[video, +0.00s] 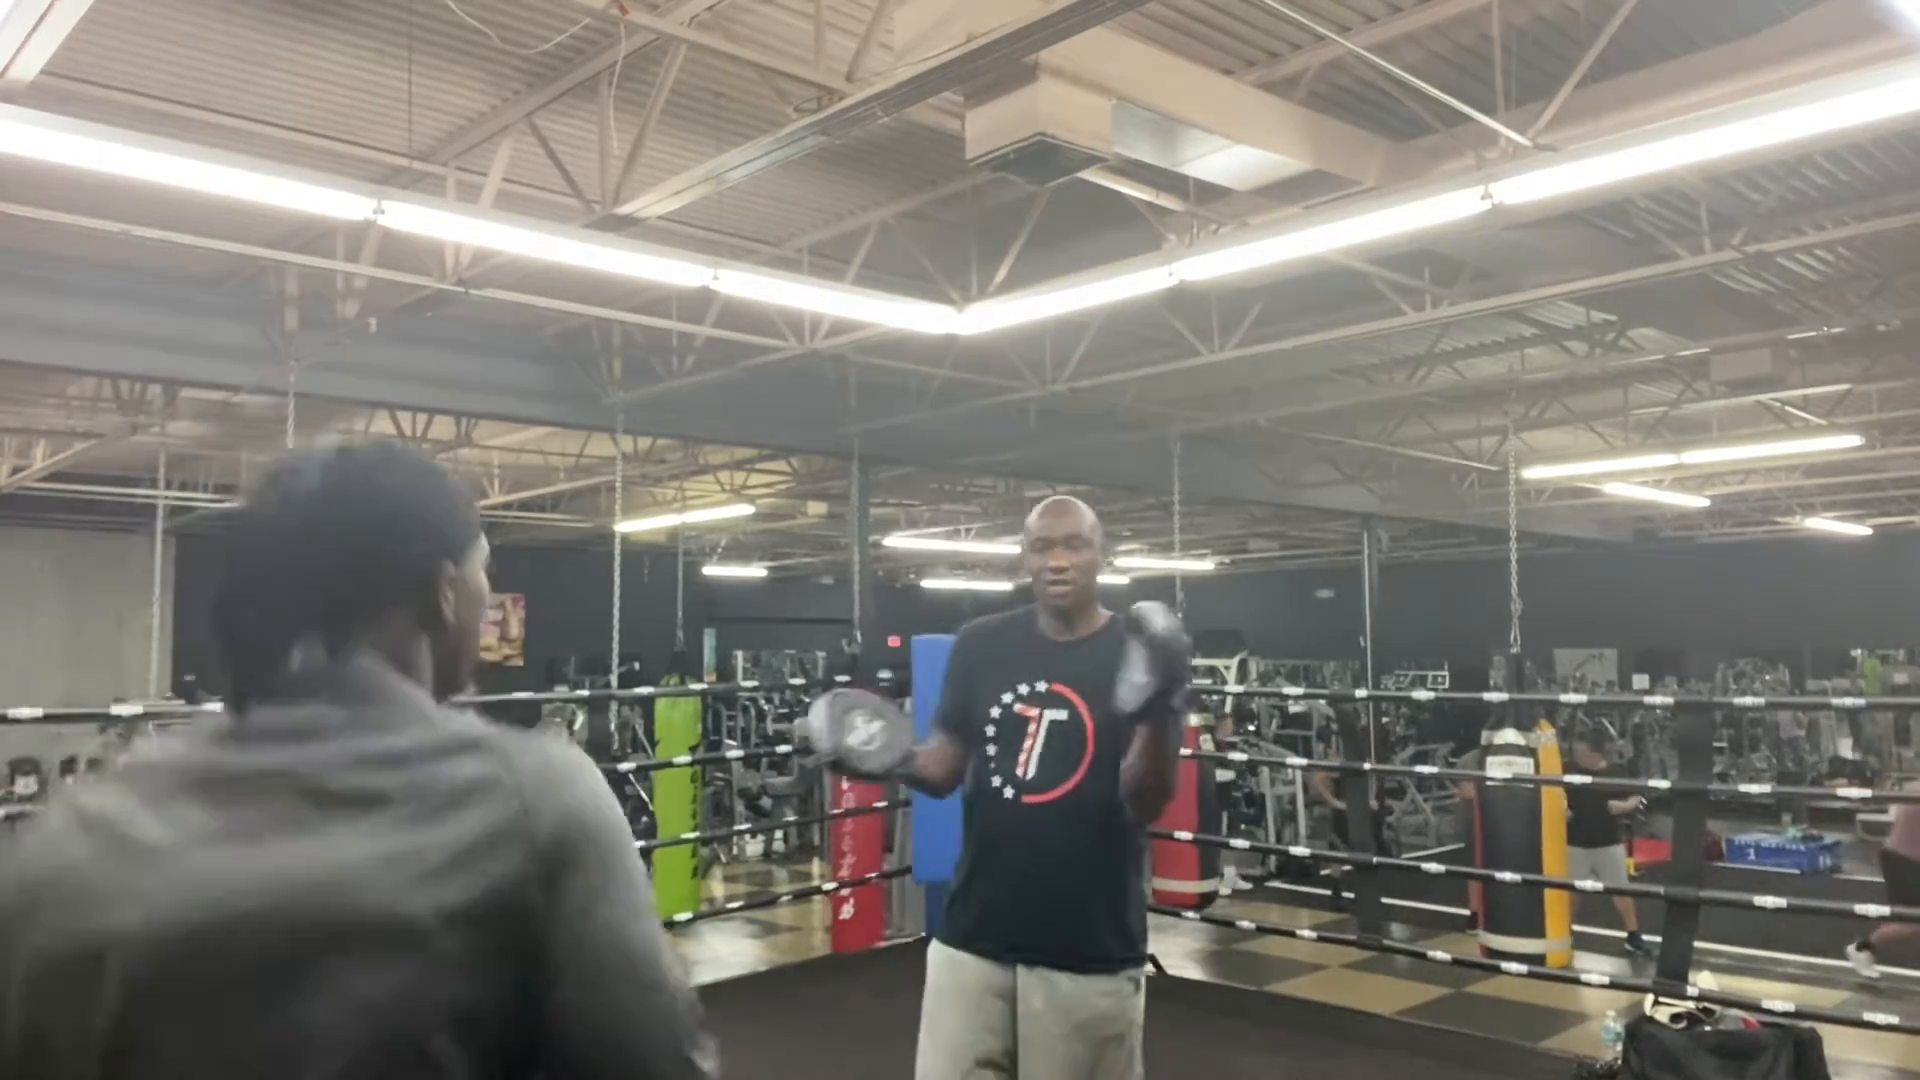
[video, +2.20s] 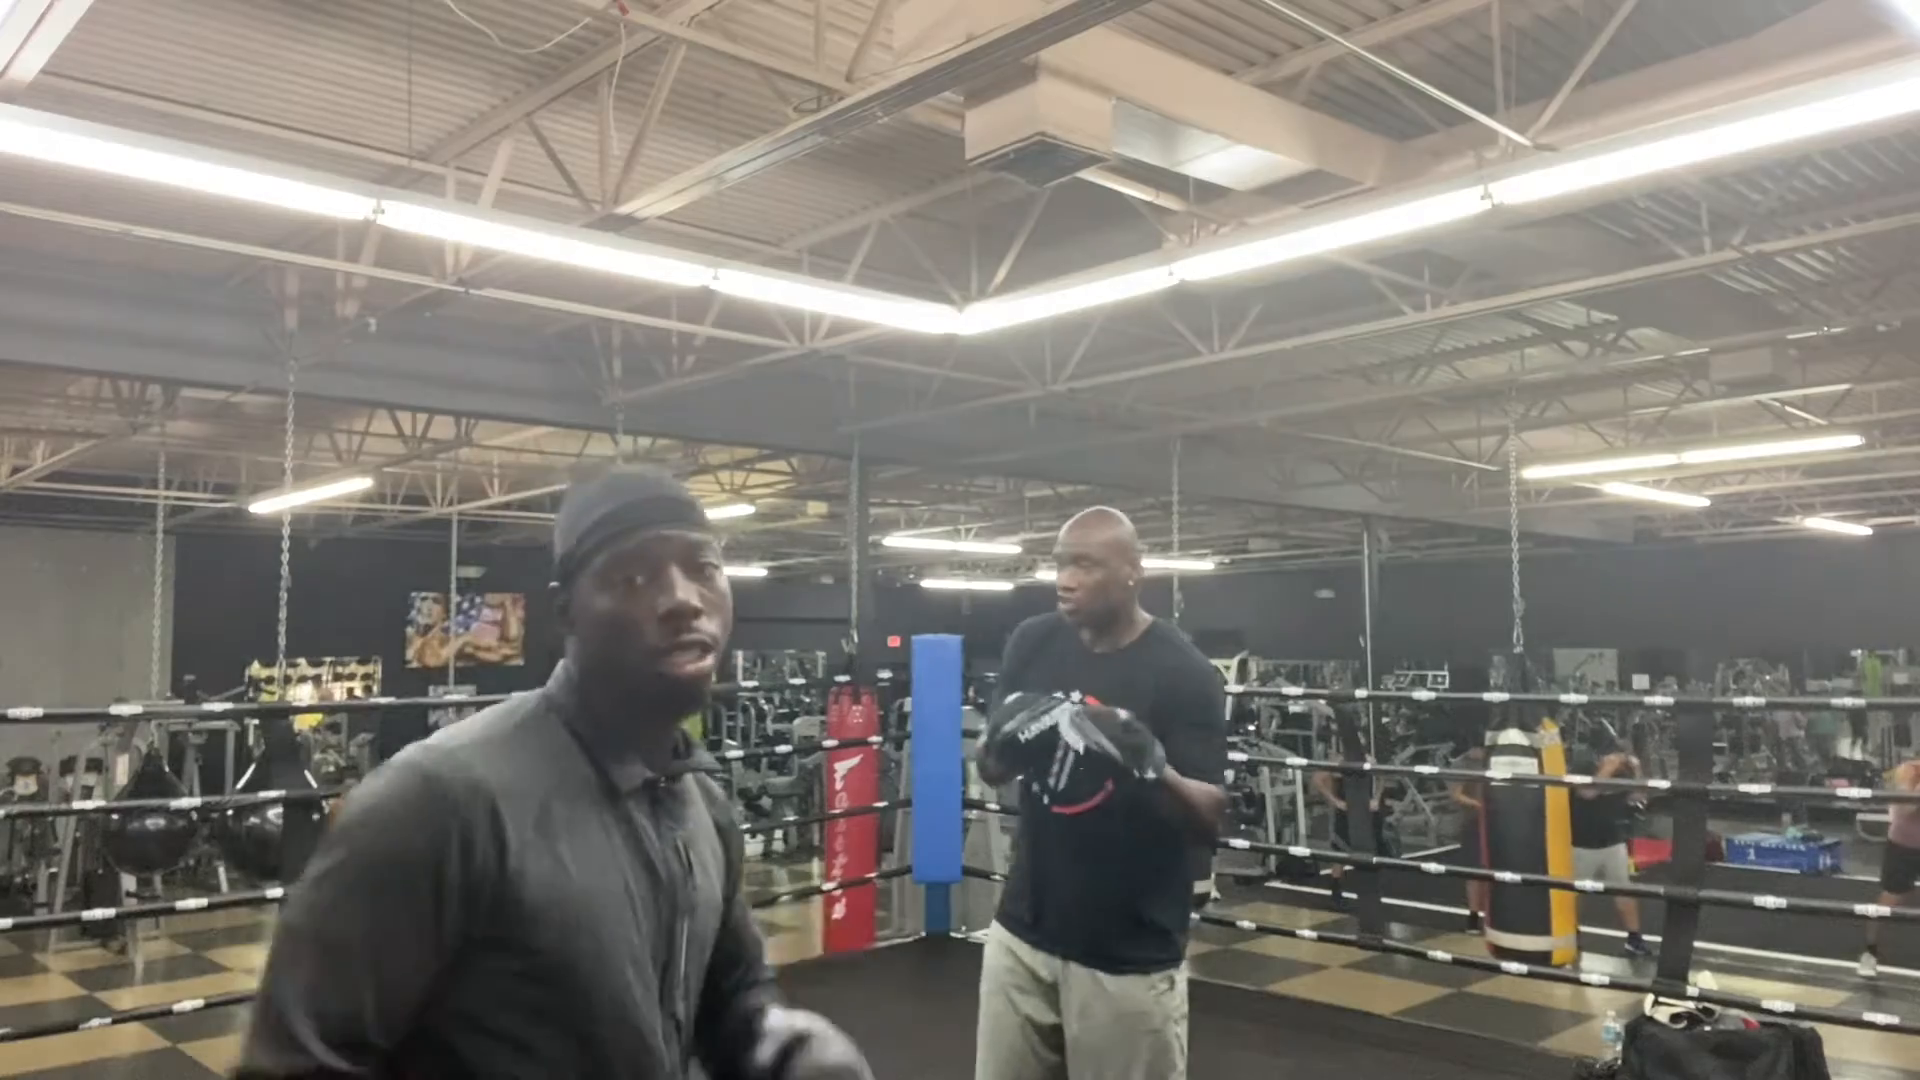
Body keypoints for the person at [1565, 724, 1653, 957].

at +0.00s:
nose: (1575, 752)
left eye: (1580, 747)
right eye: (1575, 747)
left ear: (1596, 750)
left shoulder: (1615, 774)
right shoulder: (1567, 773)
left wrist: (1627, 805)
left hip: (1608, 841)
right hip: (1575, 842)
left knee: (1620, 890)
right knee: (1571, 890)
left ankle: (1633, 934)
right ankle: (1564, 932)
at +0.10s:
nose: (1576, 753)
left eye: (1580, 749)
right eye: (1579, 749)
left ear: (1593, 750)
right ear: (1575, 751)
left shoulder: (1615, 774)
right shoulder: (1568, 775)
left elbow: (1637, 800)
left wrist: (1613, 805)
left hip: (1608, 841)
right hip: (1575, 841)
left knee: (1620, 890)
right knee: (1569, 892)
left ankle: (1633, 935)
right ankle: (1561, 935)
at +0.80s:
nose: (1575, 757)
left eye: (1578, 751)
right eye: (1572, 752)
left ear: (1589, 753)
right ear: (1567, 753)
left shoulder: (1607, 772)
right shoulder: (1562, 776)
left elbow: (1632, 794)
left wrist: (1611, 797)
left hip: (1604, 841)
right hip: (1573, 843)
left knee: (1619, 889)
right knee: (1567, 893)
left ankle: (1633, 935)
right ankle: (1563, 938)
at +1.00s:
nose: (1586, 760)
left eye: (1590, 754)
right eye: (1581, 754)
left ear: (1596, 755)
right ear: (1570, 755)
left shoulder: (1604, 778)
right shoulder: (1564, 780)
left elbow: (1616, 804)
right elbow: (1556, 810)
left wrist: (1628, 803)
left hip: (1605, 842)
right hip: (1575, 844)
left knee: (1620, 889)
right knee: (1570, 893)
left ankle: (1633, 934)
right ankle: (1568, 940)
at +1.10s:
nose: (1589, 760)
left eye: (1593, 755)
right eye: (1584, 755)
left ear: (1599, 755)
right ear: (1574, 755)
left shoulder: (1609, 775)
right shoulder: (1565, 779)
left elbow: (1621, 802)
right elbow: (1559, 809)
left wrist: (1630, 802)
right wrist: (1576, 781)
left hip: (1607, 841)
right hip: (1577, 844)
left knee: (1619, 889)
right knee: (1572, 893)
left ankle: (1633, 935)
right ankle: (1570, 940)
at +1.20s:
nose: (1593, 757)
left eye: (1598, 752)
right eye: (1590, 753)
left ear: (1604, 751)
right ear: (1577, 752)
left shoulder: (1610, 763)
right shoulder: (1567, 765)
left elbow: (1627, 788)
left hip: (1606, 837)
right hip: (1578, 839)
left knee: (1619, 889)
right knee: (1574, 893)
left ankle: (1633, 935)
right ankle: (1570, 941)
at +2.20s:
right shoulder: (1575, 761)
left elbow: (1638, 795)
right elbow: (1587, 791)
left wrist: (1635, 769)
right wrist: (1607, 768)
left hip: (1613, 838)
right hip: (1580, 839)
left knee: (1624, 889)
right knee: (1574, 894)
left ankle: (1634, 936)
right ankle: (1570, 936)